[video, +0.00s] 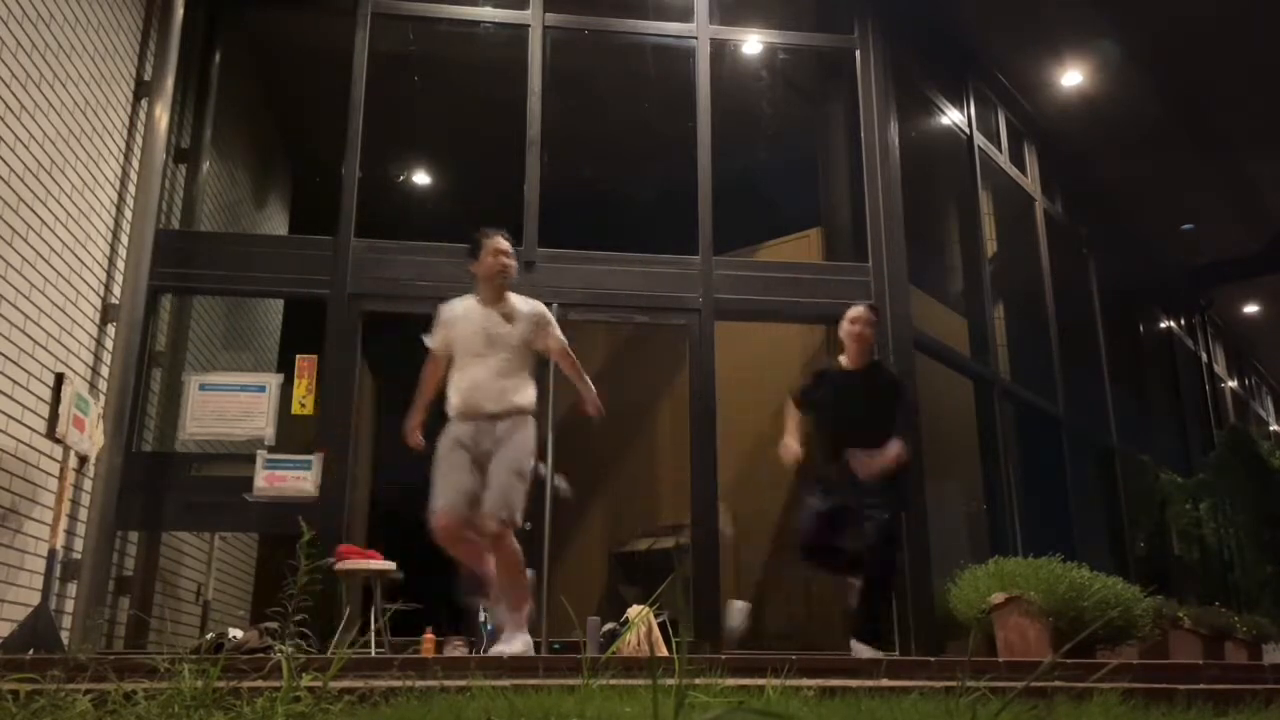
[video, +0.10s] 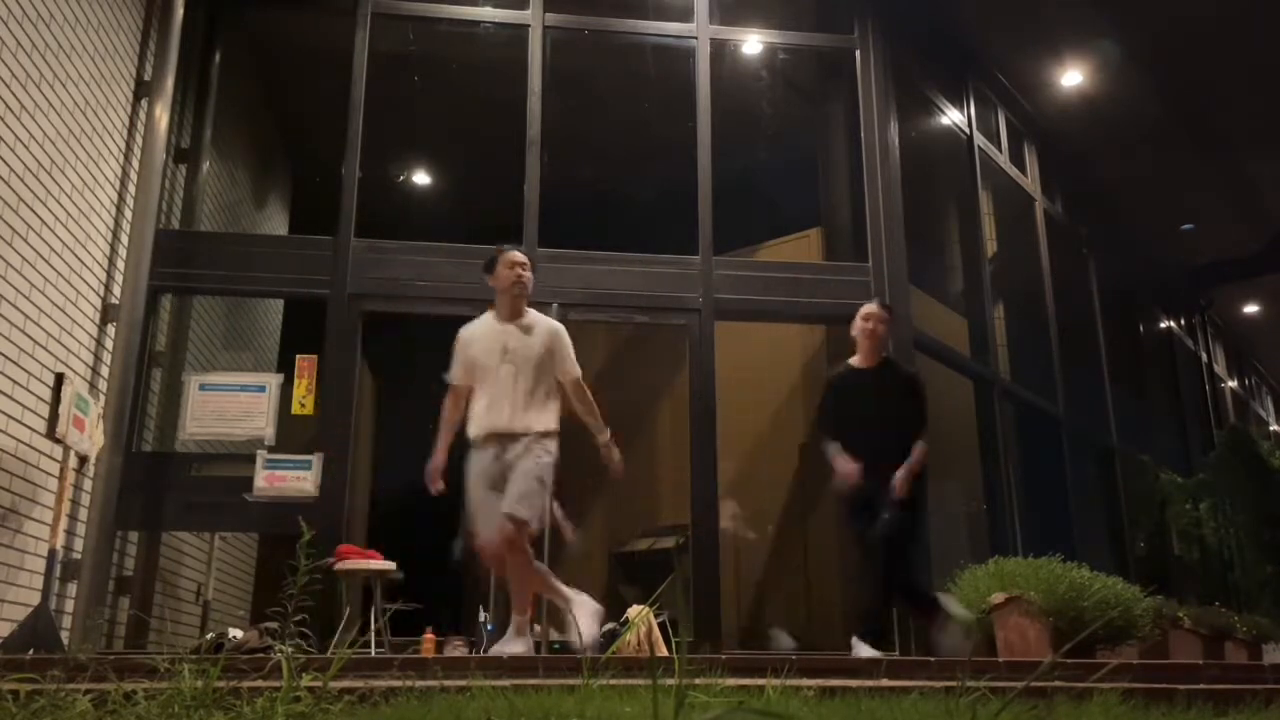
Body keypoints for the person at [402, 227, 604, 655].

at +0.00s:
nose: (505, 260)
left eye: (510, 254)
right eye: (495, 253)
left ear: (516, 266)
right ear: (475, 265)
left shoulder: (532, 313)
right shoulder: (452, 313)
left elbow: (563, 355)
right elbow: (435, 366)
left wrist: (587, 390)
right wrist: (416, 416)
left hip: (514, 425)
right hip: (462, 426)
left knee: (495, 526)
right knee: (446, 523)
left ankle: (516, 632)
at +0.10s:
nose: (522, 273)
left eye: (526, 268)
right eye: (512, 267)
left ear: (532, 280)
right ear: (492, 278)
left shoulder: (551, 331)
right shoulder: (471, 335)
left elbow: (576, 390)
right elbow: (456, 397)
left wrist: (604, 437)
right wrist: (440, 453)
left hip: (536, 442)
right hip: (484, 445)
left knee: (515, 532)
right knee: (489, 543)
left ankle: (519, 633)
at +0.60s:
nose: (524, 278)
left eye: (531, 270)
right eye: (516, 272)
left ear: (547, 273)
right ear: (509, 281)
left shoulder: (568, 304)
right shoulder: (518, 333)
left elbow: (583, 349)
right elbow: (498, 388)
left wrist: (534, 331)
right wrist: (465, 390)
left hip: (586, 425)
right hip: (548, 434)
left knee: (605, 534)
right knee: (491, 509)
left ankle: (660, 625)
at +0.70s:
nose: (515, 307)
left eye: (521, 297)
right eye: (506, 301)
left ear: (537, 302)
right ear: (498, 310)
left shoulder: (564, 338)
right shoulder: (511, 366)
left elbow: (586, 388)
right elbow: (502, 430)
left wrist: (558, 424)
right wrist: (466, 468)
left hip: (590, 459)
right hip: (546, 464)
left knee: (605, 557)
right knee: (483, 530)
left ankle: (664, 633)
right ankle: (421, 622)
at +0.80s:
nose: (492, 307)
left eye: (498, 299)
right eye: (483, 301)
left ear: (512, 305)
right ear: (472, 312)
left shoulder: (539, 345)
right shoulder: (478, 365)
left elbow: (581, 397)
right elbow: (489, 435)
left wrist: (613, 446)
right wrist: (488, 497)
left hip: (567, 459)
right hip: (520, 470)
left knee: (592, 555)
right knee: (458, 534)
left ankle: (661, 629)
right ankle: (408, 631)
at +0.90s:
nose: (465, 291)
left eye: (471, 283)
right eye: (456, 284)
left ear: (484, 287)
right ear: (442, 292)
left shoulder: (509, 328)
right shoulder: (443, 342)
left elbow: (563, 364)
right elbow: (461, 399)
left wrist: (610, 390)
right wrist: (475, 446)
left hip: (528, 449)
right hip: (479, 456)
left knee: (568, 541)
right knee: (426, 523)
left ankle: (641, 616)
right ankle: (402, 630)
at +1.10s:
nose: (446, 260)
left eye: (453, 253)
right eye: (438, 251)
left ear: (462, 259)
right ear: (421, 255)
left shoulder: (481, 304)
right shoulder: (400, 308)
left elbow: (520, 337)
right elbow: (394, 364)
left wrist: (559, 366)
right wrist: (394, 407)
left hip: (472, 422)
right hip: (419, 424)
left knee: (473, 520)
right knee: (392, 521)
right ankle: (400, 630)